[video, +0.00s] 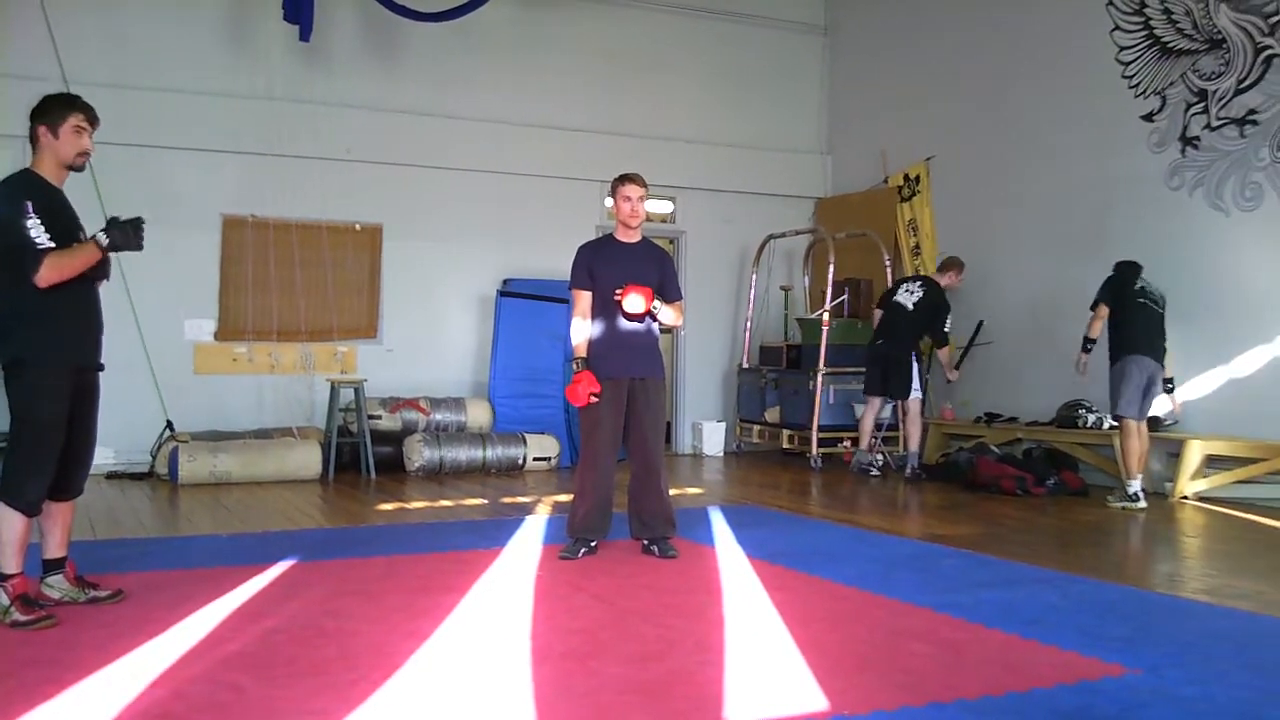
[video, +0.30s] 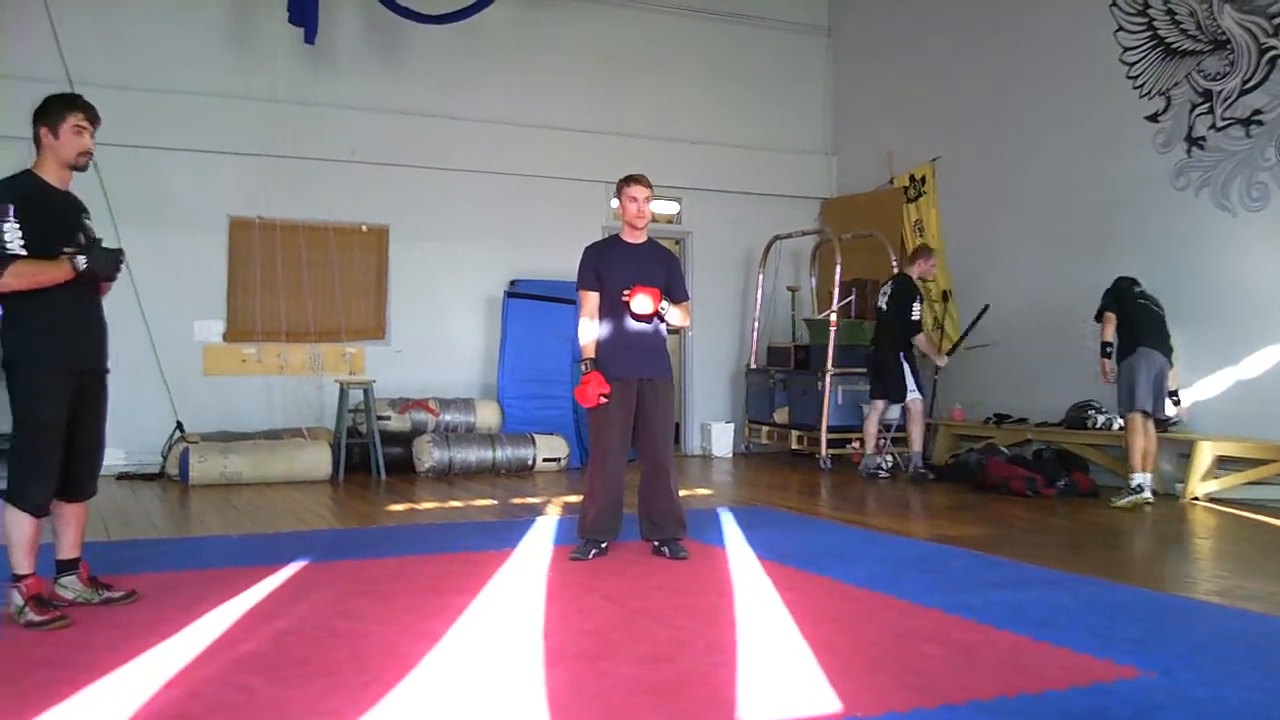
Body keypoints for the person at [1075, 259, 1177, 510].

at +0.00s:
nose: (1114, 275)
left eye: (1115, 272)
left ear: (1118, 271)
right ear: (1138, 273)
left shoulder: (1115, 281)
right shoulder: (1156, 293)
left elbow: (1100, 314)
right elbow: (1161, 342)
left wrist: (1085, 350)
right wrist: (1169, 387)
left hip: (1130, 357)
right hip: (1155, 361)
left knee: (1128, 423)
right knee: (1140, 423)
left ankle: (1133, 490)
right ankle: (1136, 485)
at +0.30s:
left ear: (1118, 285)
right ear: (1137, 287)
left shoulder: (1116, 290)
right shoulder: (1154, 302)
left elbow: (1109, 321)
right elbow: (1166, 346)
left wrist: (1106, 356)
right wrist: (1172, 386)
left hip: (1139, 350)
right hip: (1163, 357)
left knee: (1134, 417)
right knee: (1148, 419)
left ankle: (1137, 486)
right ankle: (1146, 485)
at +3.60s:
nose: (1233, 251)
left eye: (1234, 245)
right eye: (1233, 246)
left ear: (1246, 242)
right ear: (1256, 241)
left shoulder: (1249, 276)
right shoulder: (1272, 275)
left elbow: (1239, 319)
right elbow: (1255, 316)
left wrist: (1215, 304)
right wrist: (1229, 298)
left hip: (1237, 360)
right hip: (1258, 359)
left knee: (1238, 425)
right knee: (1259, 424)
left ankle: (1242, 490)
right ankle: (1268, 488)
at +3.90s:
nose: (1230, 243)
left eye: (1232, 237)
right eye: (1231, 237)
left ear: (1243, 236)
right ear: (1255, 236)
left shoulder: (1238, 272)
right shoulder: (1271, 274)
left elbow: (1231, 314)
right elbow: (1253, 313)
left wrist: (1211, 308)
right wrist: (1219, 302)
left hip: (1230, 354)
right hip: (1252, 355)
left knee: (1232, 420)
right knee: (1253, 418)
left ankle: (1235, 485)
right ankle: (1261, 484)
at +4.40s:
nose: (1223, 195)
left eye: (1224, 190)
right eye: (1222, 190)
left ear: (1235, 189)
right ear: (1249, 188)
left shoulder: (1227, 224)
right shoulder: (1266, 228)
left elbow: (1216, 266)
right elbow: (1245, 266)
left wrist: (1191, 261)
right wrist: (1201, 258)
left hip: (1222, 306)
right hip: (1246, 307)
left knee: (1224, 372)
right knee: (1247, 371)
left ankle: (1228, 438)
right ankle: (1254, 436)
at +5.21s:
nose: (1244, 194)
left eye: (1247, 188)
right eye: (1244, 188)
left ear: (1259, 189)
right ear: (1270, 189)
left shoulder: (1253, 223)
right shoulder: (1276, 220)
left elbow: (1240, 265)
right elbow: (1257, 261)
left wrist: (1209, 259)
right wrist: (1222, 255)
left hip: (1249, 306)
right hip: (1274, 305)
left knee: (1250, 373)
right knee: (1273, 372)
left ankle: (1255, 439)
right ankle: (1277, 434)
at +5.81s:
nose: (1269, 197)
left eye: (1269, 192)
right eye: (1268, 191)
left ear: (1274, 193)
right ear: (1275, 192)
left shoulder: (1269, 226)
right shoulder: (1268, 226)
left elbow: (1241, 268)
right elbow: (1243, 266)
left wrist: (1219, 274)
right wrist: (1223, 273)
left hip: (1267, 311)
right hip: (1268, 310)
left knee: (1269, 376)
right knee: (1269, 376)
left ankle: (1271, 441)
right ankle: (1271, 439)